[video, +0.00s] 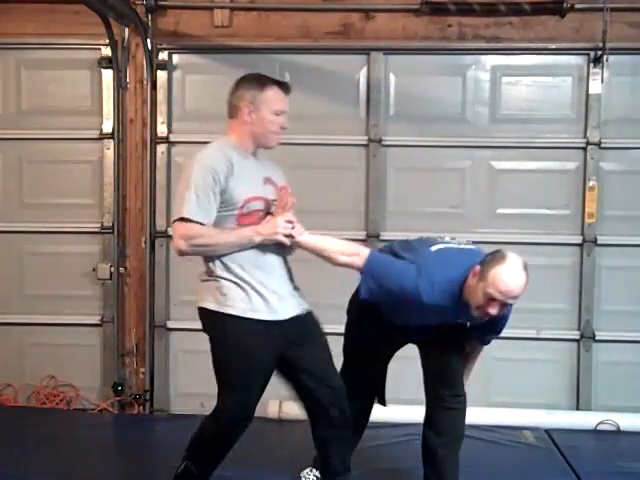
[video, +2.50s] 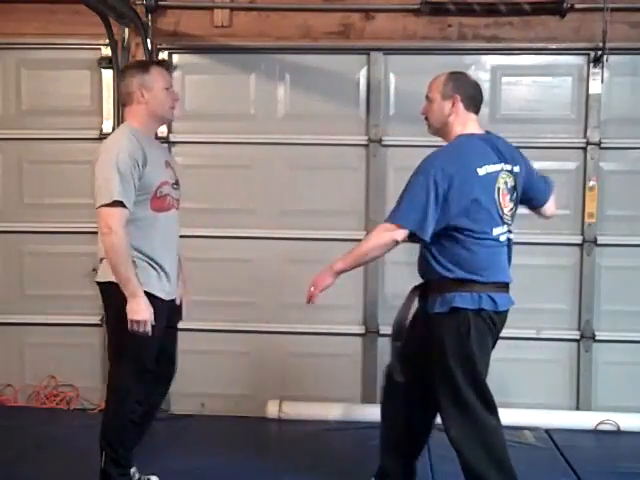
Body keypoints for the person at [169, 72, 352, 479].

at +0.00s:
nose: (285, 124)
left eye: (286, 115)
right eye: (277, 114)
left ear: (255, 116)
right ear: (246, 113)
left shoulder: (270, 170)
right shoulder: (211, 161)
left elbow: (284, 247)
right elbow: (184, 239)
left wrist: (284, 218)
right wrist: (259, 234)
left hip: (287, 309)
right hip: (236, 312)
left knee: (331, 404)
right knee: (234, 412)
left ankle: (334, 474)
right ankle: (189, 475)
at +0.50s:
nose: (311, 119)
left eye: (312, 109)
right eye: (304, 108)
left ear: (279, 108)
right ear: (273, 105)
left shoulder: (298, 164)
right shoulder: (231, 154)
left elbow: (311, 235)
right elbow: (196, 231)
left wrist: (301, 214)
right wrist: (270, 230)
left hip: (303, 311)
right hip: (249, 311)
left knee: (336, 399)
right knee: (235, 412)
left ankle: (334, 475)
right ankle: (186, 476)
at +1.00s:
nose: (250, 99)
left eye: (250, 90)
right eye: (241, 89)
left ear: (218, 93)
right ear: (209, 91)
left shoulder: (232, 144)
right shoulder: (184, 146)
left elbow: (236, 215)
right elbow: (167, 230)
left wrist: (263, 234)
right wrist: (238, 246)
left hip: (242, 291)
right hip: (199, 293)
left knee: (273, 382)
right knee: (199, 404)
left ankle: (274, 474)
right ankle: (178, 474)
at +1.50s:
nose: (227, 104)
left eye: (226, 95)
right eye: (221, 95)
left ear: (193, 98)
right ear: (193, 96)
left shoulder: (192, 147)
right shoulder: (173, 147)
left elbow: (200, 216)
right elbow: (167, 228)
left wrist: (242, 217)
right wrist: (220, 278)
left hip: (183, 281)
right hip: (172, 282)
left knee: (171, 375)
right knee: (193, 380)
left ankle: (141, 463)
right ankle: (181, 472)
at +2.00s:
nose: (207, 104)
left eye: (206, 96)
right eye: (200, 96)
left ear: (178, 98)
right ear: (174, 97)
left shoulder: (181, 152)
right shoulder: (145, 144)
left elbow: (196, 219)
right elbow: (142, 222)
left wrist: (240, 221)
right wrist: (181, 279)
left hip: (168, 279)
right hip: (144, 277)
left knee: (161, 371)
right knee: (151, 372)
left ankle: (142, 458)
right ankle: (133, 463)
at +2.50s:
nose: (176, 96)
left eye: (174, 88)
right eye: (167, 89)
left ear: (149, 96)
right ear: (140, 96)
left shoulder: (158, 146)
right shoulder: (120, 147)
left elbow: (161, 221)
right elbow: (111, 229)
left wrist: (178, 278)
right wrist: (134, 295)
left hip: (160, 287)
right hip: (131, 288)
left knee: (157, 376)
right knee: (130, 380)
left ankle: (121, 462)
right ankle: (116, 468)